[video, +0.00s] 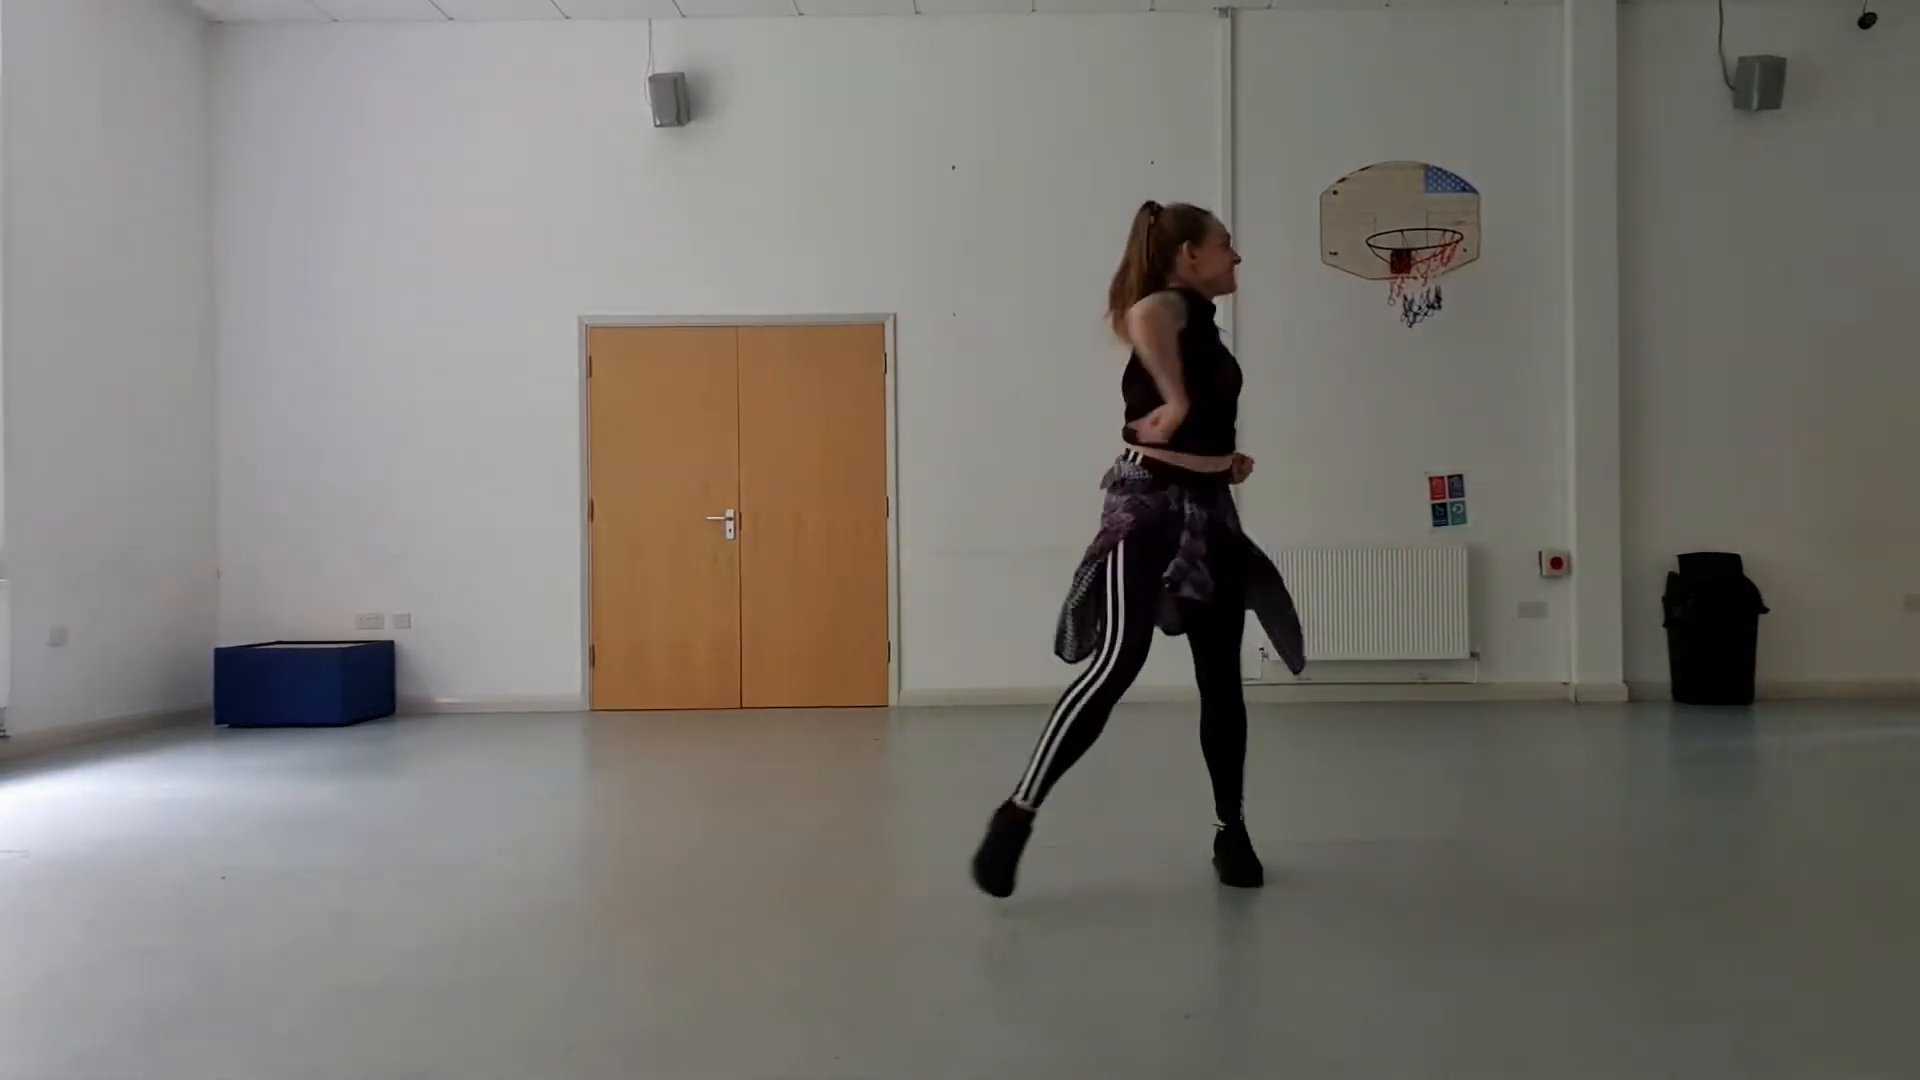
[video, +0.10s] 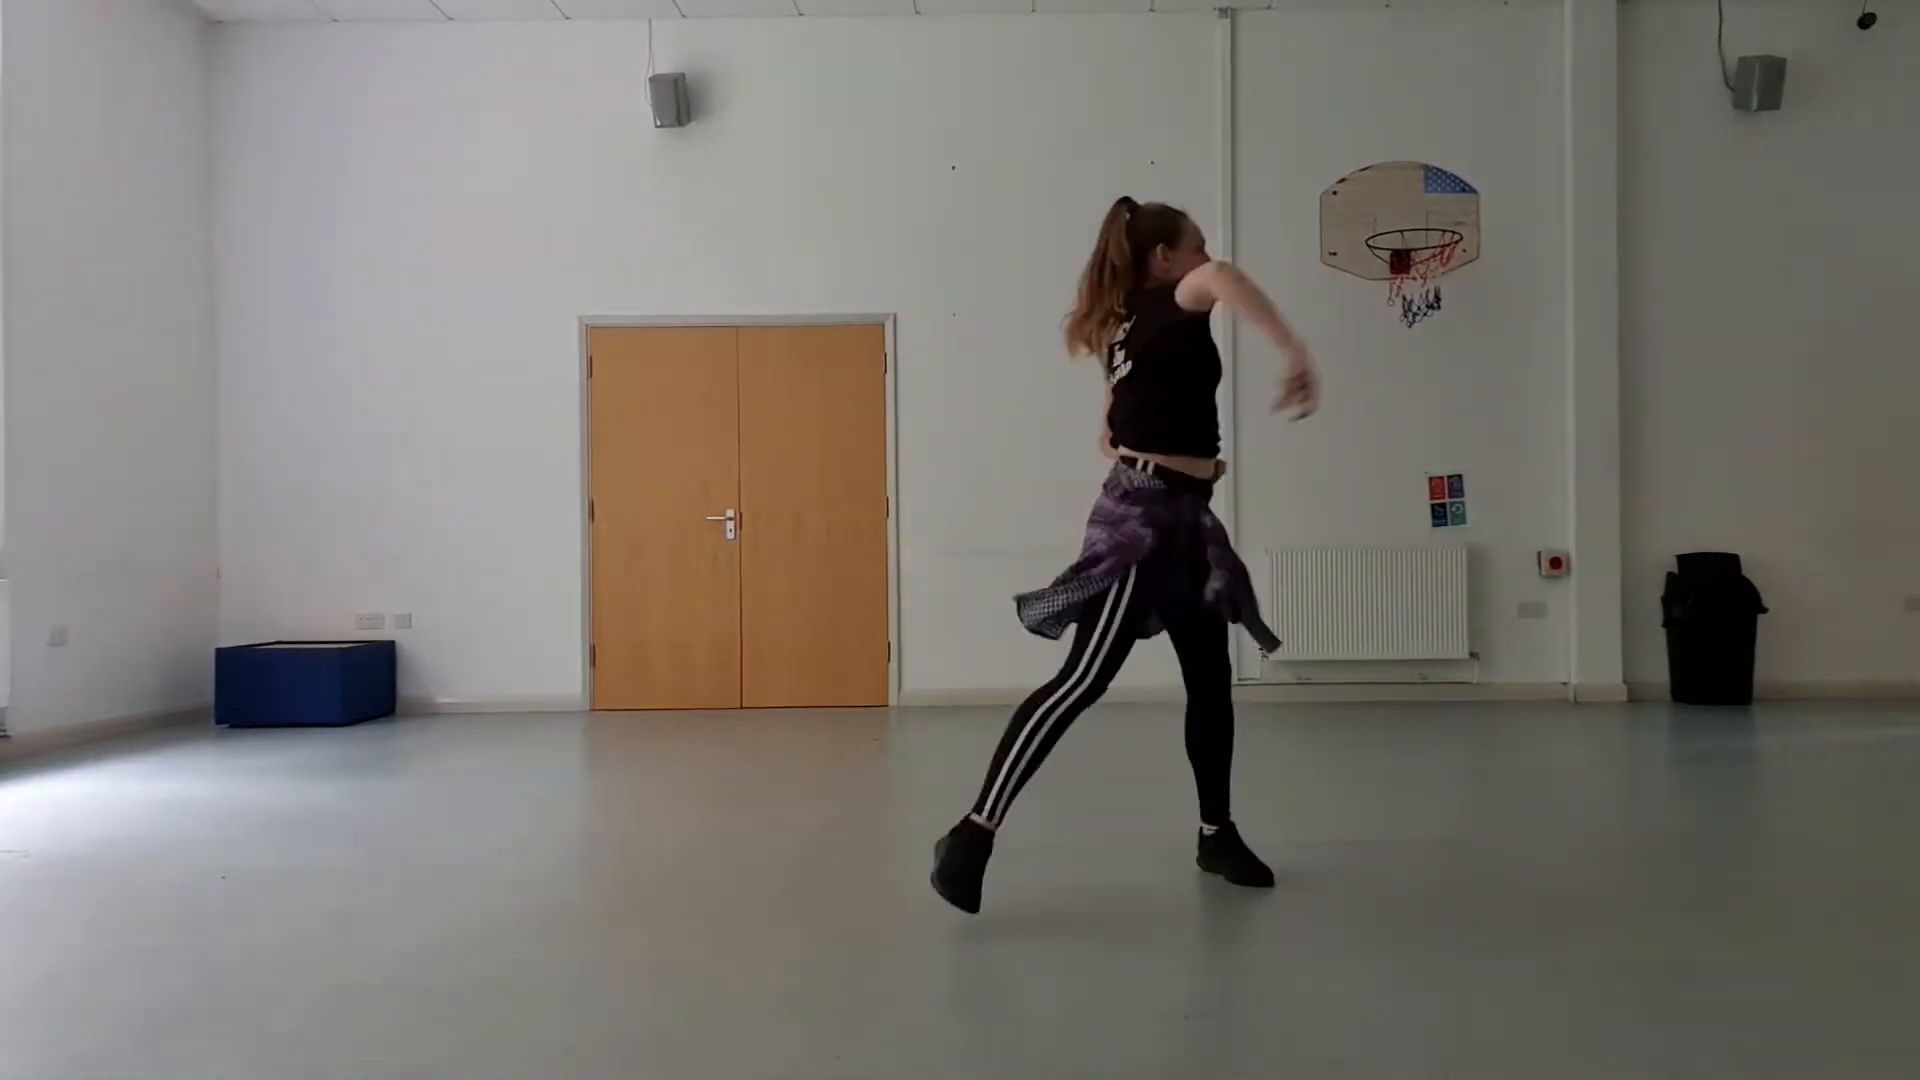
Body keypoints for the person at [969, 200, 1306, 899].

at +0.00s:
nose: (1235, 257)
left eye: (1231, 247)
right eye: (1225, 248)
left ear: (1190, 258)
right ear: (1189, 257)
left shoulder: (1199, 328)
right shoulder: (1166, 304)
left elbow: (1175, 426)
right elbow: (1143, 322)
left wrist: (1224, 460)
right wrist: (1176, 401)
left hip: (1205, 518)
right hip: (1146, 514)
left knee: (1221, 681)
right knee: (1115, 662)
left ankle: (1232, 835)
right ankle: (1017, 815)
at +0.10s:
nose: (1208, 259)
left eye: (1203, 249)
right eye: (1198, 249)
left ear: (1153, 261)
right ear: (1163, 258)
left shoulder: (1140, 327)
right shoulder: (1171, 298)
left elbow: (1111, 437)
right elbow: (1225, 281)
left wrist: (1192, 461)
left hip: (1183, 514)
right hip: (1145, 510)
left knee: (1210, 681)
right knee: (1083, 679)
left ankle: (1218, 834)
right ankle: (975, 833)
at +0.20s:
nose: (1184, 273)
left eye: (1179, 263)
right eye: (1171, 266)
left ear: (1131, 283)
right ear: (1131, 281)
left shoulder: (1099, 349)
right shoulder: (1161, 319)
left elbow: (1077, 454)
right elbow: (1246, 300)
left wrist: (1151, 462)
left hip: (1163, 534)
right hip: (1120, 537)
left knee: (1211, 686)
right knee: (1081, 713)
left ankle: (1215, 835)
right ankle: (964, 865)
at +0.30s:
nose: (1156, 279)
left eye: (1154, 270)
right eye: (1142, 272)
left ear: (1110, 283)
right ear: (1098, 280)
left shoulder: (1101, 341)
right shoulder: (1113, 324)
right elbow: (1204, 281)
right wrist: (1285, 216)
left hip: (1128, 536)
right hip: (1080, 534)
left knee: (1195, 682)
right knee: (1062, 721)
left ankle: (1208, 829)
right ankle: (951, 874)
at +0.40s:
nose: (1125, 264)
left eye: (1130, 253)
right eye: (1108, 251)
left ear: (1129, 264)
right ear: (1066, 263)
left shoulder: (1097, 330)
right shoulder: (1049, 315)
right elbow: (1054, 302)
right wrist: (1148, 248)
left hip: (1094, 523)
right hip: (1041, 518)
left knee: (1194, 662)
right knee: (1033, 709)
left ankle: (1174, 821)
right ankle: (949, 874)